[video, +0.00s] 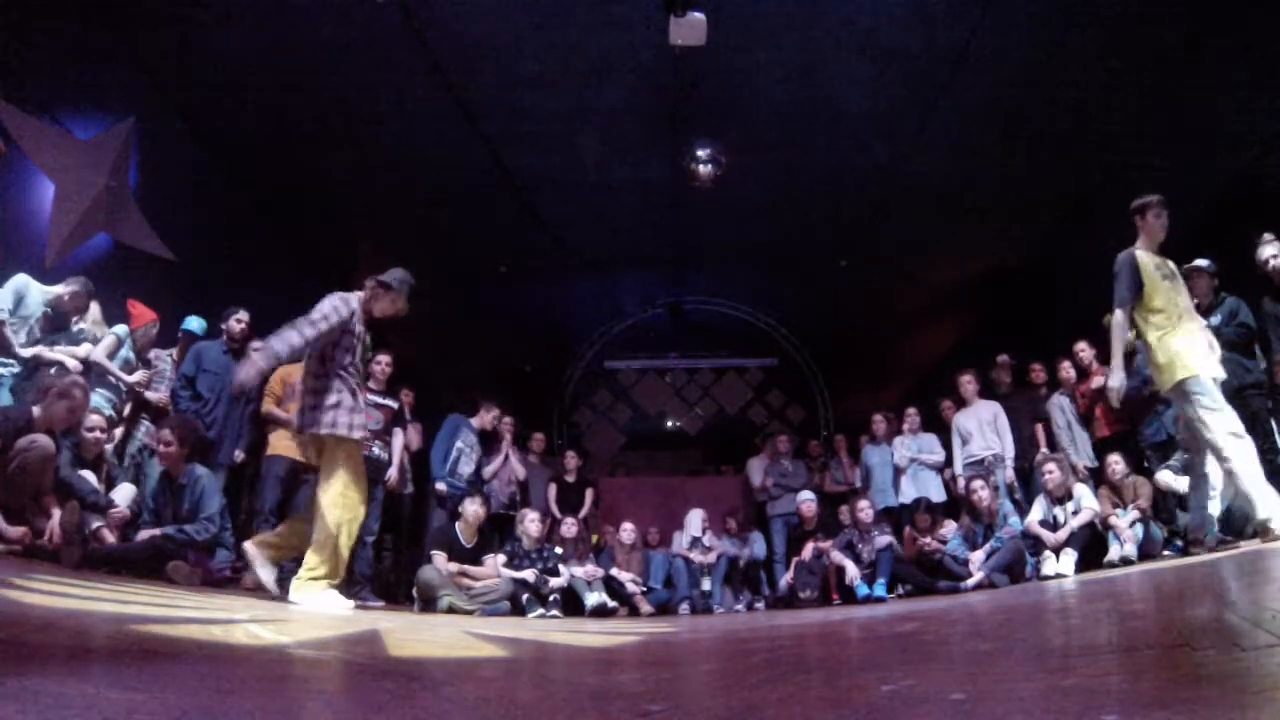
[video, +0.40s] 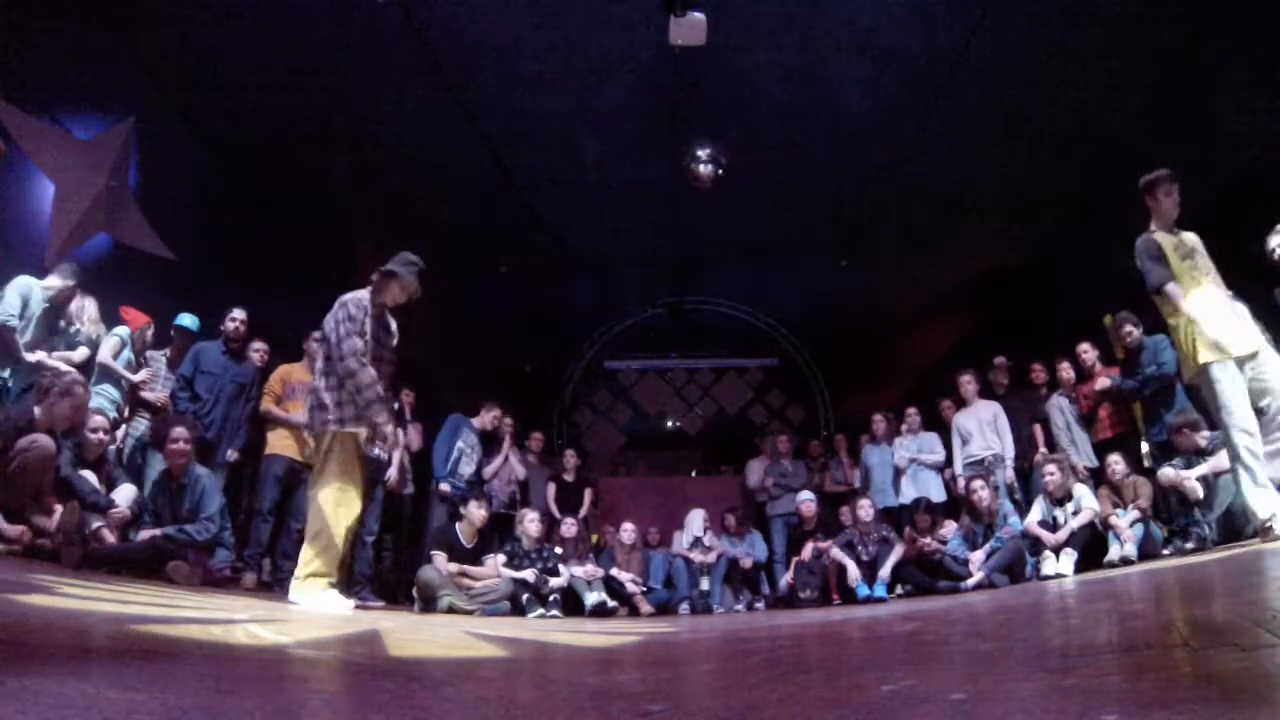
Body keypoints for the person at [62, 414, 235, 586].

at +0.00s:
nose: (160, 450)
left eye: (167, 445)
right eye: (158, 444)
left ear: (185, 449)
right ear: (155, 445)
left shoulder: (204, 479)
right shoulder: (164, 478)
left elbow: (209, 530)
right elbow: (149, 518)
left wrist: (160, 532)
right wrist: (144, 536)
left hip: (209, 552)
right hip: (174, 546)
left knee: (159, 544)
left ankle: (90, 555)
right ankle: (184, 574)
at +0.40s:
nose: (181, 447)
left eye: (187, 442)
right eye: (175, 441)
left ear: (193, 447)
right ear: (163, 448)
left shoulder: (205, 479)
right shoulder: (161, 480)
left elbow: (209, 530)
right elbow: (149, 517)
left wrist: (161, 532)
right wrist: (145, 535)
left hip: (209, 552)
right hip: (171, 545)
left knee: (159, 544)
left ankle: (89, 555)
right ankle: (185, 574)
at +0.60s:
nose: (185, 447)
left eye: (190, 441)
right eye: (177, 441)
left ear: (196, 446)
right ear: (164, 448)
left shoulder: (206, 479)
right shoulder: (161, 480)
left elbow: (209, 531)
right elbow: (148, 519)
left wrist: (161, 533)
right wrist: (145, 535)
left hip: (209, 553)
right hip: (171, 546)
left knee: (158, 544)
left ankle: (91, 555)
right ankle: (184, 575)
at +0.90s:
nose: (183, 447)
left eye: (189, 441)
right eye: (176, 441)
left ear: (194, 446)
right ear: (164, 447)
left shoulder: (206, 479)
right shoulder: (162, 480)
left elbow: (209, 530)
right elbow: (150, 521)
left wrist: (162, 532)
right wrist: (145, 537)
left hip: (209, 553)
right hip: (172, 546)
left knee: (159, 544)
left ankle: (90, 555)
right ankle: (184, 574)